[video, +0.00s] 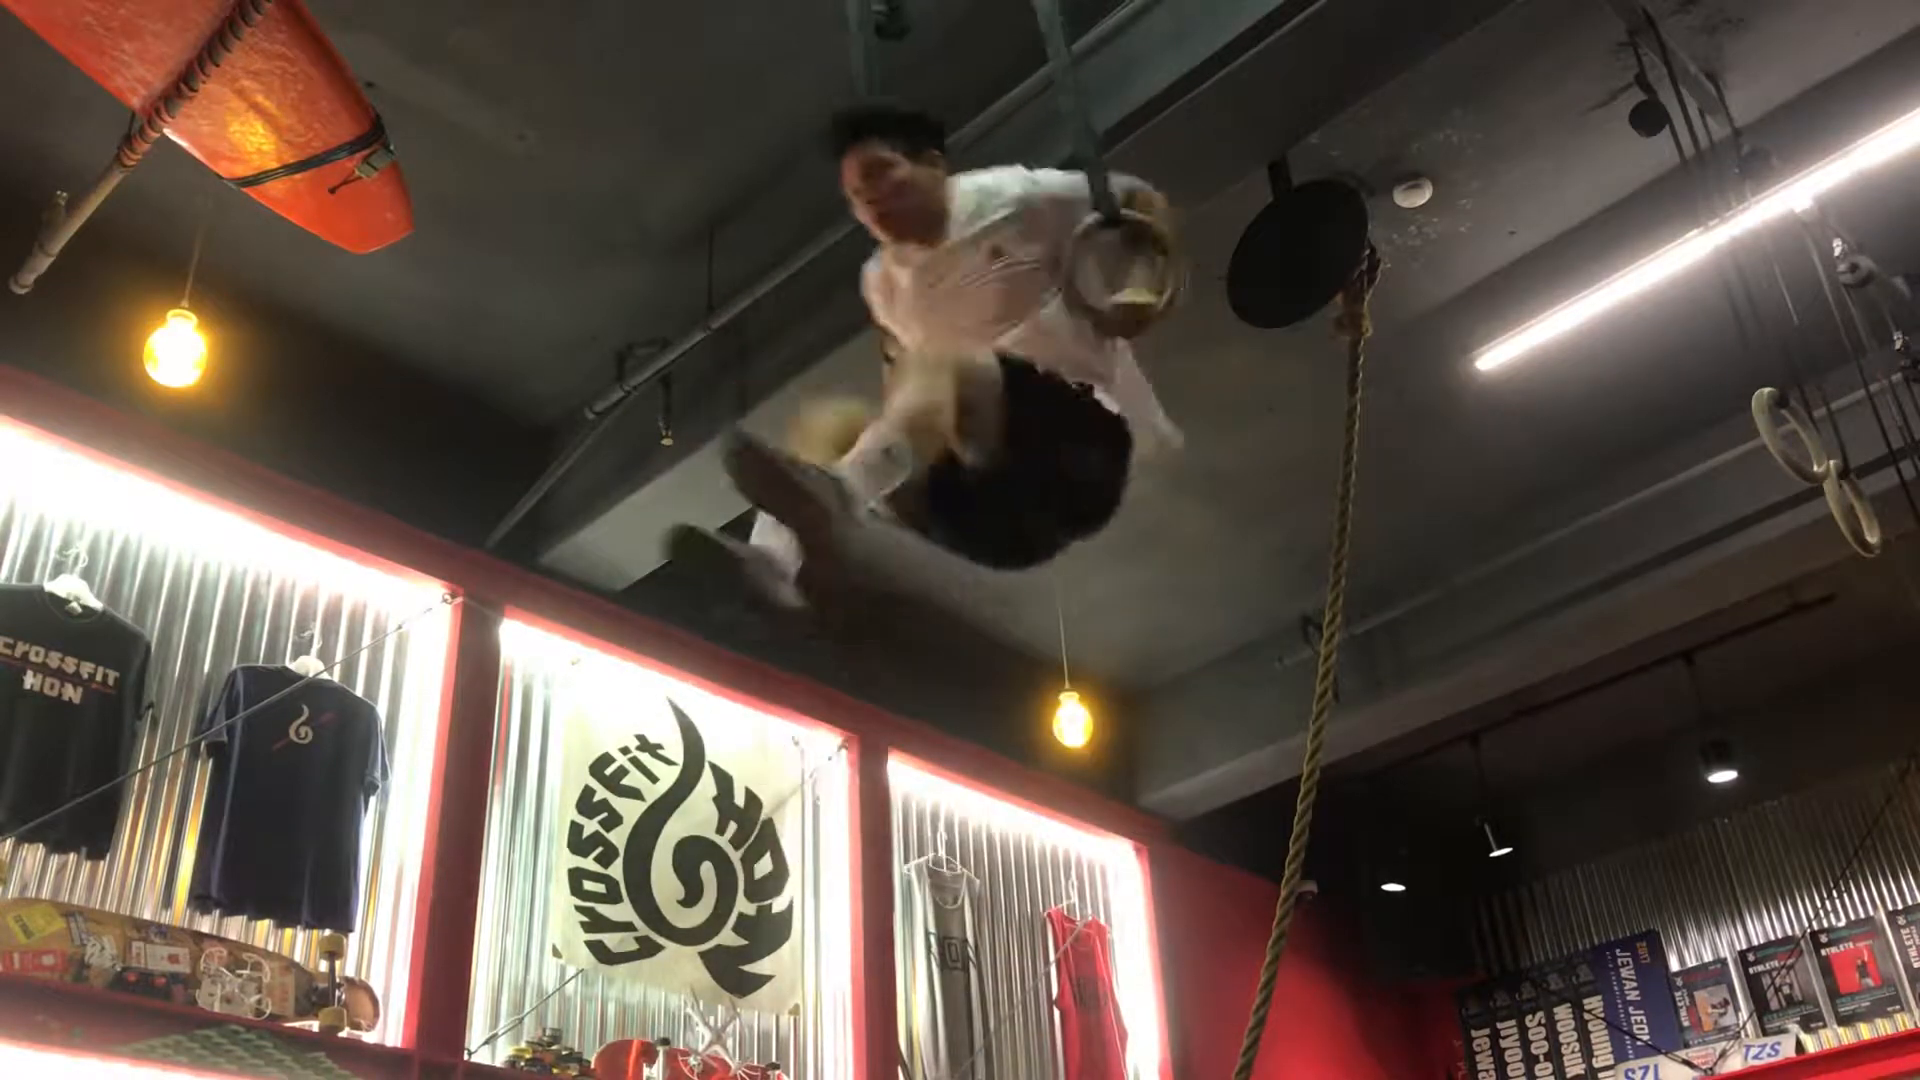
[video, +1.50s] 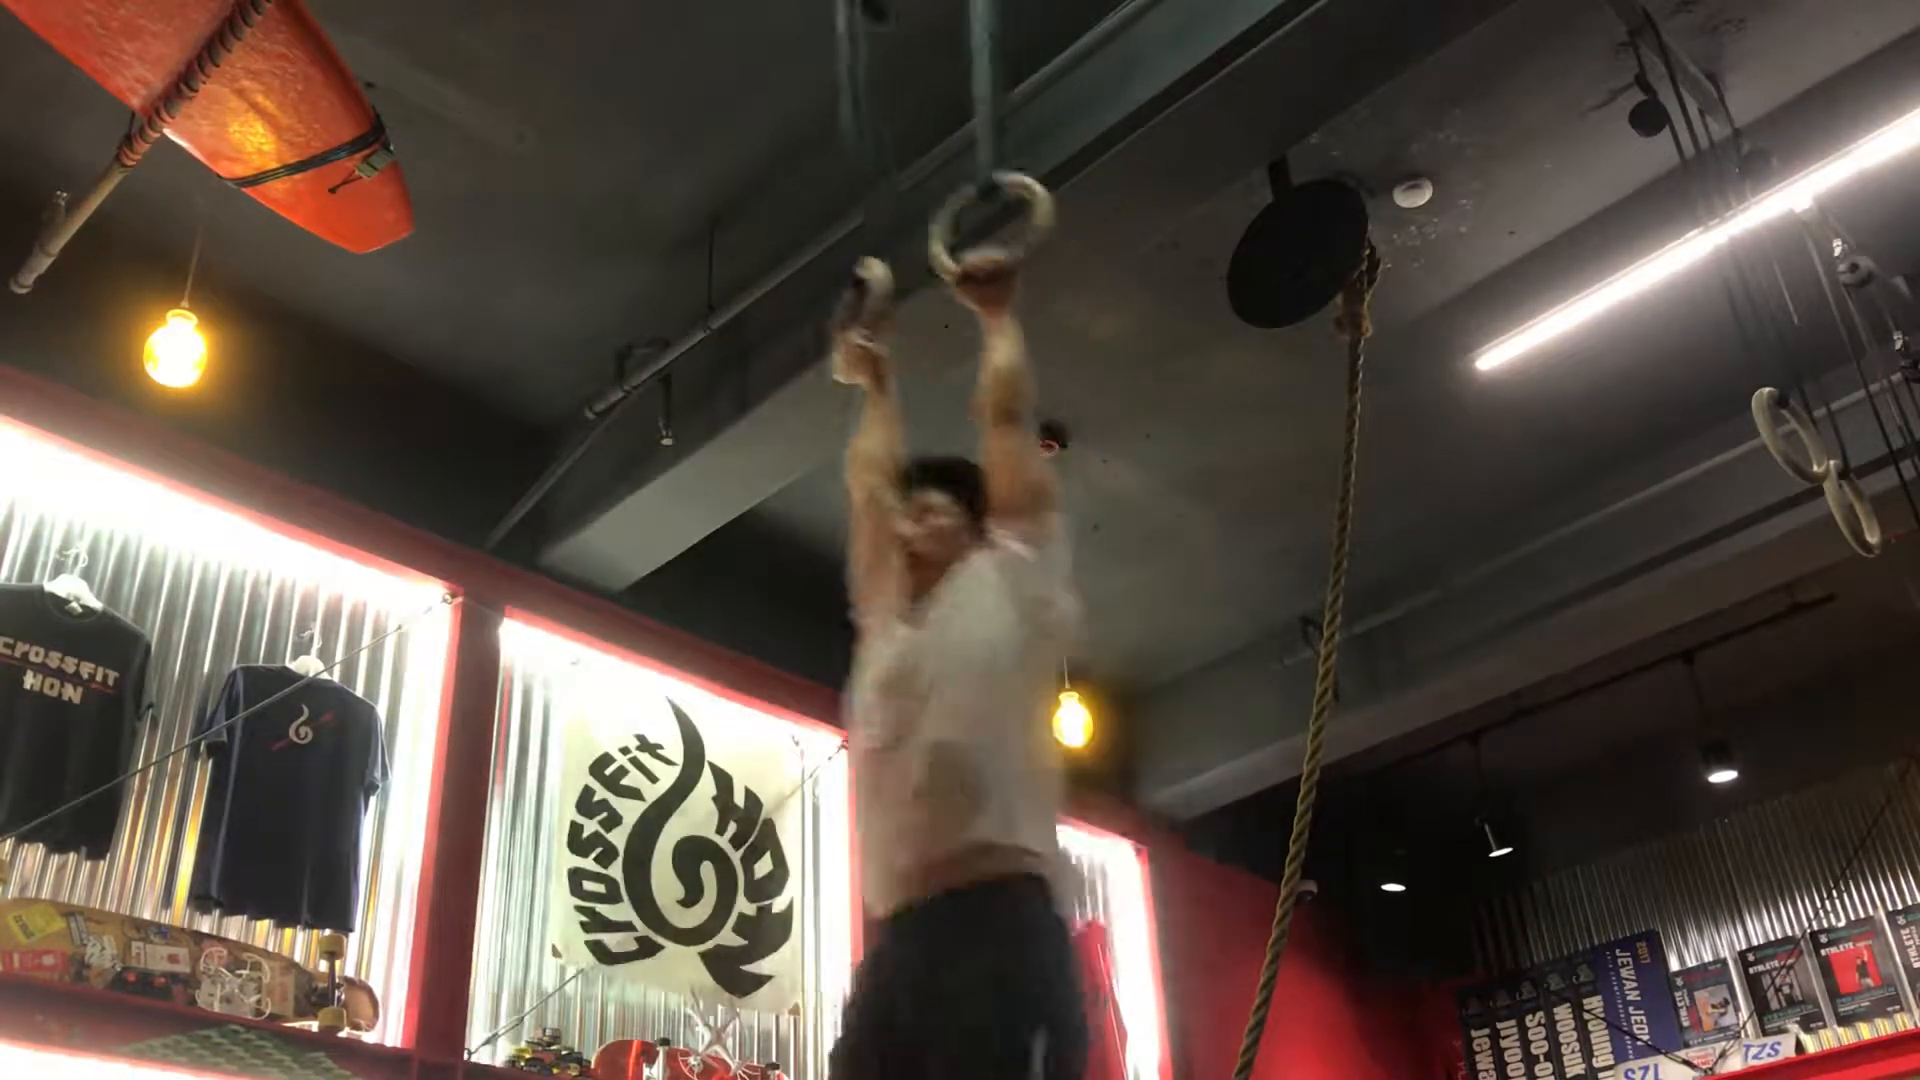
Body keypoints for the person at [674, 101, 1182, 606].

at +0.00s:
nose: (872, 203)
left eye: (883, 177)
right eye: (856, 197)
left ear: (934, 162)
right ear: (854, 214)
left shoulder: (1018, 200)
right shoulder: (881, 283)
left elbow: (1138, 201)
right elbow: (910, 367)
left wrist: (1149, 290)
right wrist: (902, 432)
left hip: (1087, 459)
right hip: (993, 503)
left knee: (939, 375)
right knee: (826, 431)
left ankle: (850, 490)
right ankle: (772, 571)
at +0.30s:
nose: (758, 117)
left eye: (775, 92)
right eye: (750, 105)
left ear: (836, 92)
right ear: (756, 130)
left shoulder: (924, 130)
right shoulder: (791, 235)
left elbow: (1055, 152)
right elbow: (838, 304)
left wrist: (1063, 235)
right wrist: (852, 362)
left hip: (1041, 362)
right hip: (942, 410)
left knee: (977, 480)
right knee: (890, 513)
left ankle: (1124, 669)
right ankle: (1048, 692)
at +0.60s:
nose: (775, 8)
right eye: (765, 5)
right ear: (767, 23)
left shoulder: (916, 30)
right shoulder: (783, 128)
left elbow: (1022, 119)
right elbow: (821, 253)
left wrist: (1015, 207)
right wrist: (816, 339)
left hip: (1029, 266)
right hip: (926, 311)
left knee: (951, 303)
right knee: (873, 333)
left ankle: (1082, 514)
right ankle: (1001, 543)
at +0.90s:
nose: (880, 71)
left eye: (890, 48)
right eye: (865, 62)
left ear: (940, 35)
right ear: (861, 75)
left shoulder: (999, 83)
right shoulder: (877, 174)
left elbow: (1099, 175)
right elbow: (871, 290)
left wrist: (1053, 229)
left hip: (1042, 348)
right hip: (947, 395)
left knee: (923, 305)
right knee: (833, 316)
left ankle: (830, 425)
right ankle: (772, 500)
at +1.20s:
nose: (1031, 444)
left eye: (1047, 424)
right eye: (1022, 434)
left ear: (1097, 427)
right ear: (1019, 449)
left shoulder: (1144, 483)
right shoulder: (1014, 538)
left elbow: (1206, 422)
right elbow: (897, 575)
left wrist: (1149, 327)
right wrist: (915, 469)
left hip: (1032, 657)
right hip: (959, 705)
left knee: (846, 570)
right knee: (771, 626)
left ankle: (654, 565)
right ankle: (558, 693)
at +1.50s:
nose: (913, 519)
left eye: (933, 508)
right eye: (903, 509)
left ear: (974, 526)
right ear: (892, 534)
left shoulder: (1014, 583)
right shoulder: (885, 622)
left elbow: (1007, 418)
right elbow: (868, 492)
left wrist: (996, 312)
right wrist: (874, 382)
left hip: (1004, 921)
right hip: (903, 937)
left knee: (994, 1063)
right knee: (862, 1065)